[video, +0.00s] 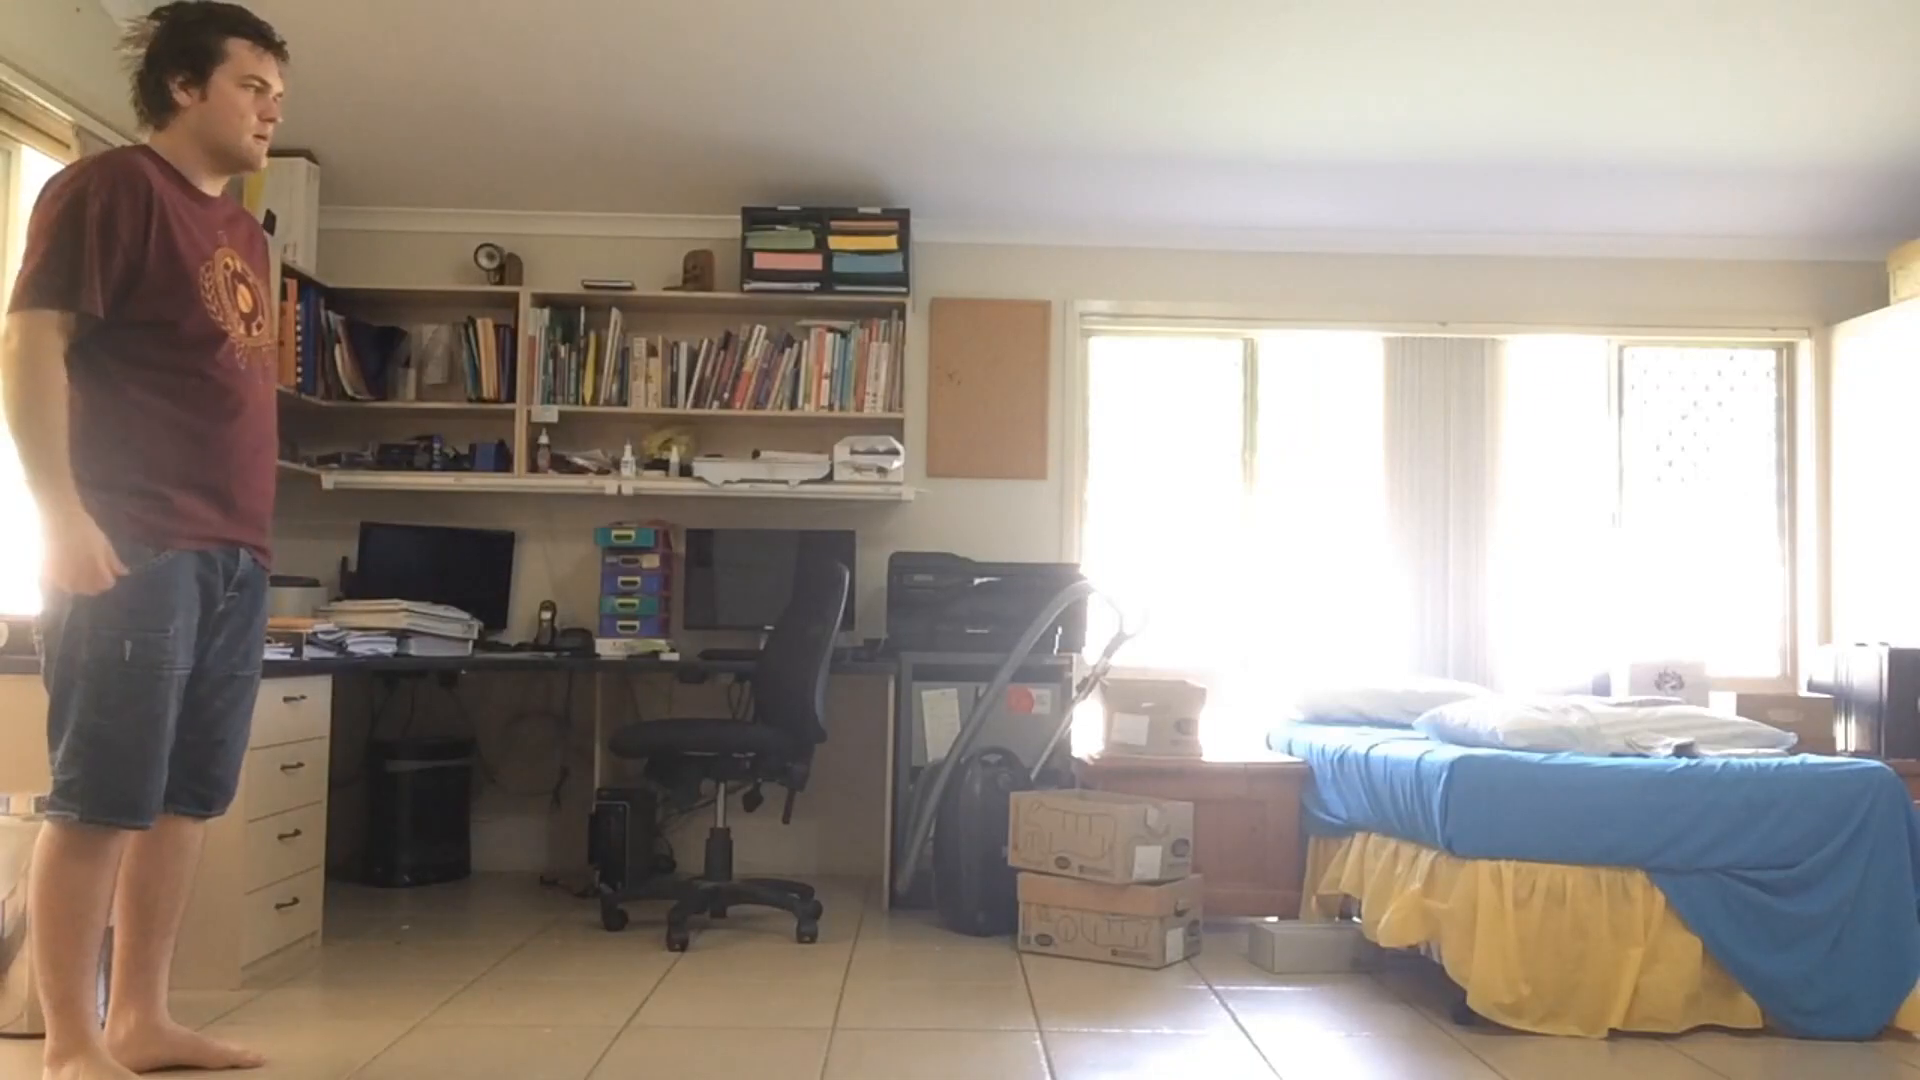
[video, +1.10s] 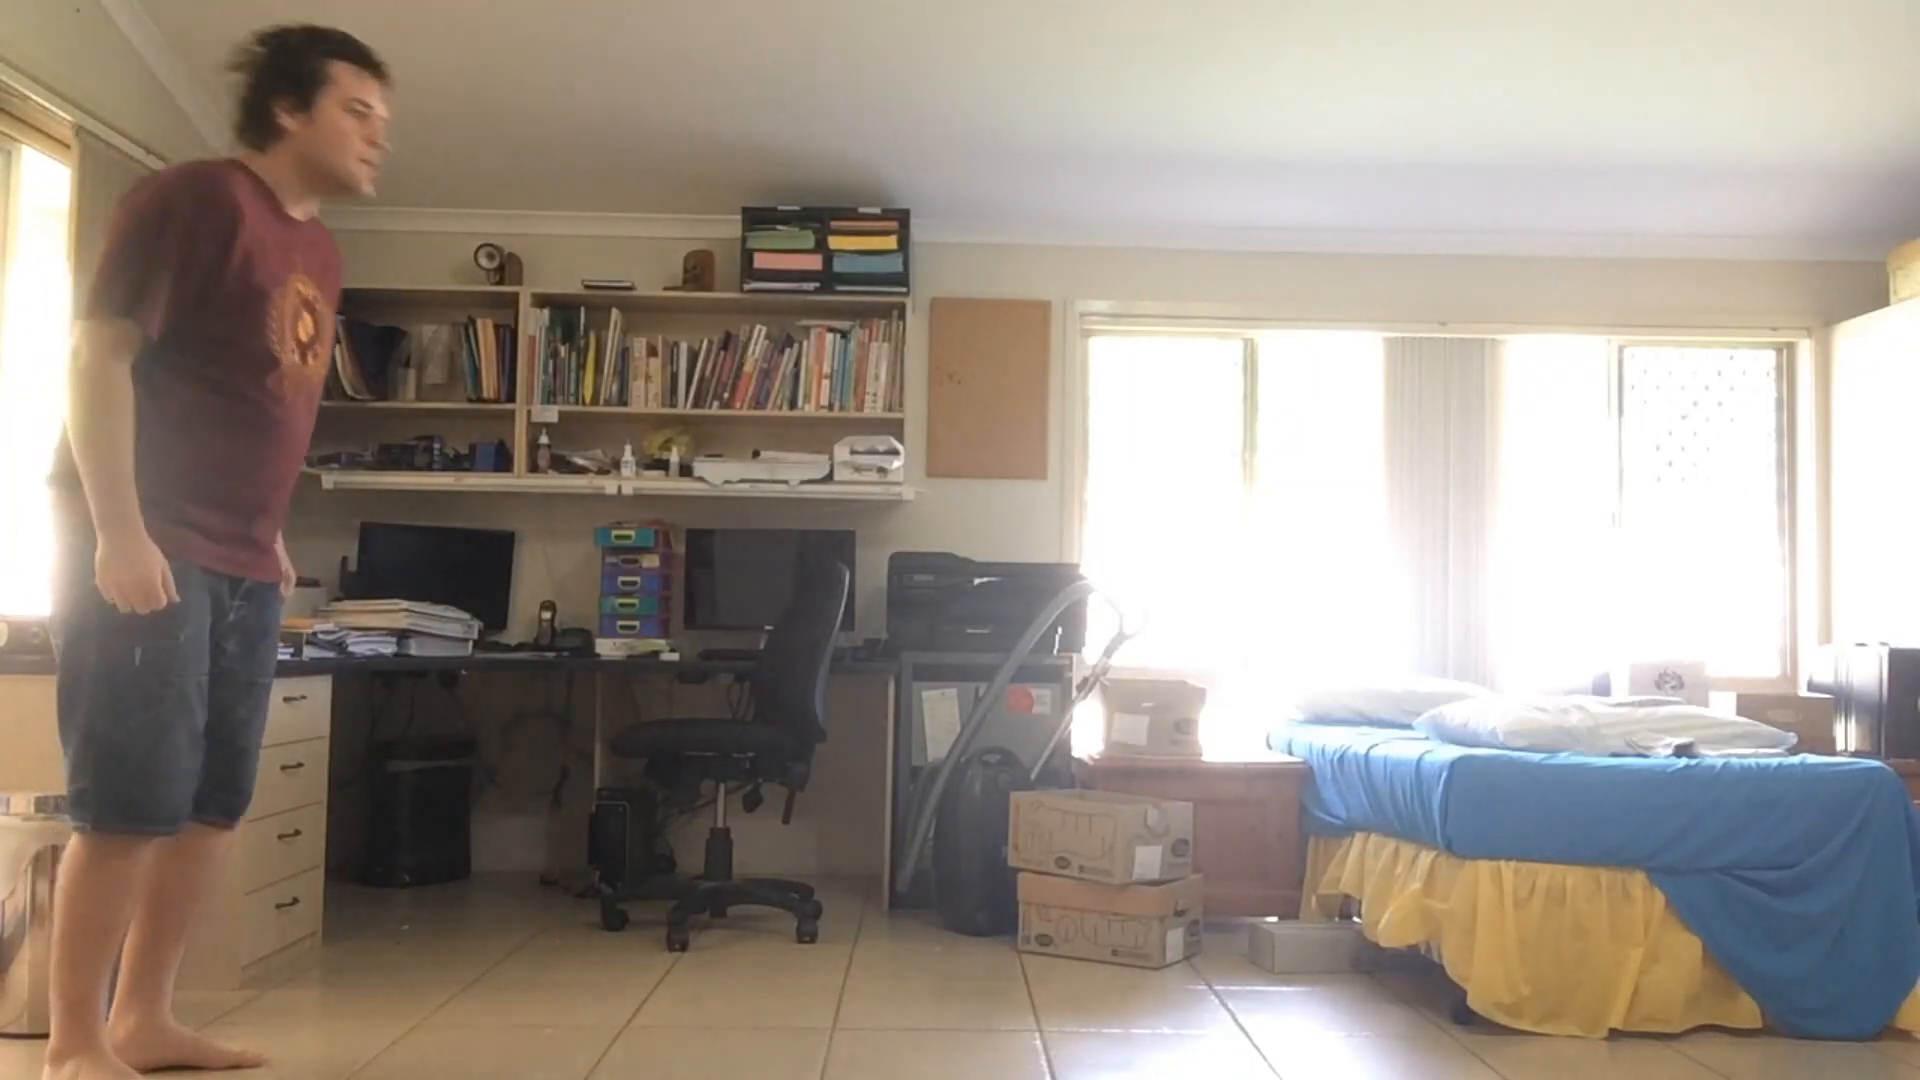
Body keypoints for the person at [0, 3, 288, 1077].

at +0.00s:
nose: (271, 110)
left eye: (277, 96)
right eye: (254, 88)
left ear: (261, 111)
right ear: (185, 88)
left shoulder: (249, 231)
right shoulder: (104, 187)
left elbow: (239, 384)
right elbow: (34, 348)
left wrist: (247, 530)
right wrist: (63, 518)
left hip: (234, 551)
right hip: (128, 543)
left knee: (180, 800)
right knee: (95, 800)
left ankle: (142, 1023)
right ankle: (65, 1042)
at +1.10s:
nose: (379, 136)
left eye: (383, 121)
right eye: (360, 111)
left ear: (352, 133)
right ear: (289, 110)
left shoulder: (321, 249)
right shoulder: (193, 195)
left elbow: (271, 410)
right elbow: (97, 360)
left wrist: (266, 544)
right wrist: (119, 533)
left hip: (249, 560)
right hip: (151, 548)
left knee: (211, 805)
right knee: (126, 808)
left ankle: (143, 1022)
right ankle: (72, 1045)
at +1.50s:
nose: (533, 327)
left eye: (534, 309)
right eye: (516, 306)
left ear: (471, 323)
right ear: (448, 316)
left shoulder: (448, 423)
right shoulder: (339, 388)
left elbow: (347, 541)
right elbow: (183, 498)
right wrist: (126, 676)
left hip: (292, 665)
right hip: (199, 651)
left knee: (318, 858)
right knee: (271, 862)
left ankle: (147, 1030)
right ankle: (84, 1049)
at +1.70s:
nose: (569, 117)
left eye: (574, 100)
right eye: (553, 94)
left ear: (523, 109)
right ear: (486, 94)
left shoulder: (516, 220)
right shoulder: (406, 181)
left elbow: (501, 354)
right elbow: (301, 305)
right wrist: (326, 476)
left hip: (461, 544)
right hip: (383, 535)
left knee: (332, 786)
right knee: (282, 774)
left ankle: (215, 980)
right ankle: (137, 985)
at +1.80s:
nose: (659, 54)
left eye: (662, 34)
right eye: (646, 29)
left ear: (595, 32)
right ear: (582, 23)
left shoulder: (570, 132)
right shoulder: (490, 103)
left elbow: (507, 272)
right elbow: (405, 242)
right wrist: (444, 422)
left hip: (532, 452)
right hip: (467, 446)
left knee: (470, 694)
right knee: (460, 695)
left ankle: (280, 897)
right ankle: (295, 918)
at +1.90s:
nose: (781, 58)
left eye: (785, 36)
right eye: (767, 31)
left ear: (728, 32)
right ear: (703, 24)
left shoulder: (669, 136)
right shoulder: (607, 90)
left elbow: (596, 281)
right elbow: (511, 235)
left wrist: (600, 426)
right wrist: (535, 420)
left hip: (574, 426)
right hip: (515, 421)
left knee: (558, 664)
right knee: (578, 669)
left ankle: (479, 915)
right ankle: (510, 938)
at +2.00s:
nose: (867, 104)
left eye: (870, 83)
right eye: (855, 77)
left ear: (810, 81)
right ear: (790, 69)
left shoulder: (752, 175)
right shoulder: (710, 137)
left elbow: (653, 293)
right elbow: (588, 274)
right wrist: (611, 461)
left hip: (639, 455)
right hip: (588, 449)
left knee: (659, 710)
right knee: (678, 703)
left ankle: (671, 981)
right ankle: (660, 989)